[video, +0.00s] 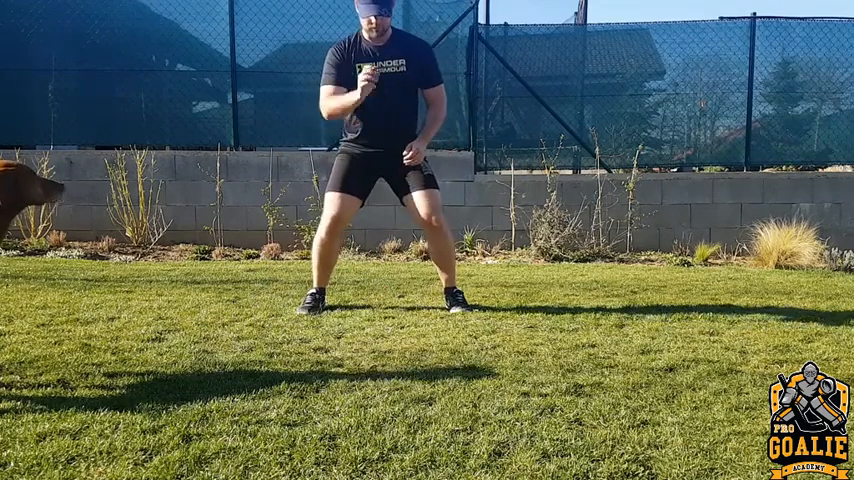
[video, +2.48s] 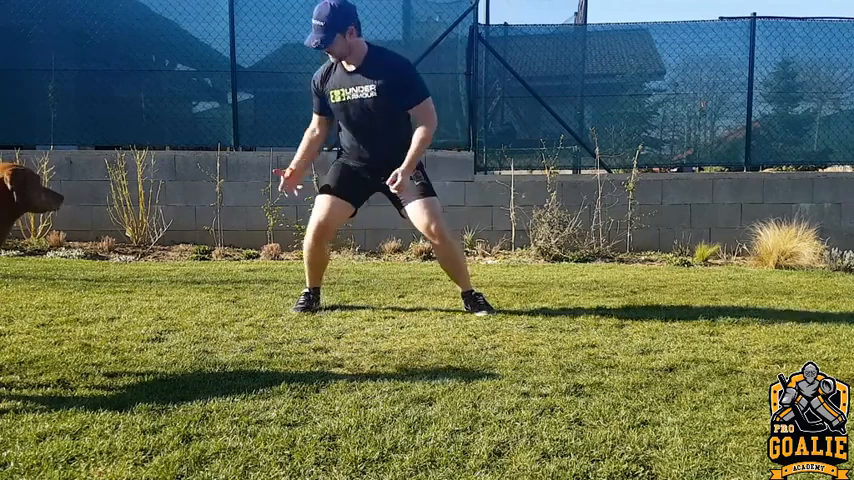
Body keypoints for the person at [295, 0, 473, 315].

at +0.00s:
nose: (374, 22)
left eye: (380, 15)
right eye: (367, 16)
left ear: (390, 13)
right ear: (358, 14)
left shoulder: (417, 50)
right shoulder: (341, 52)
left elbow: (437, 104)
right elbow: (328, 108)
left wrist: (422, 141)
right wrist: (358, 94)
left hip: (405, 148)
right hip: (357, 148)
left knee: (433, 218)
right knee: (332, 220)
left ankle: (452, 291)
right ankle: (317, 293)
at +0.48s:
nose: (391, 21)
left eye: (396, 14)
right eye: (383, 14)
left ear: (403, 12)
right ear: (367, 8)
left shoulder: (420, 54)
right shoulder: (341, 52)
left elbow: (433, 110)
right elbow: (319, 108)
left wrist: (441, 153)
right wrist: (309, 158)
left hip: (402, 152)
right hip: (354, 153)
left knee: (433, 217)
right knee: (332, 223)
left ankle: (451, 289)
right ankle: (317, 293)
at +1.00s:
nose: (482, 48)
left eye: (488, 42)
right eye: (476, 39)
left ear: (494, 42)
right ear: (460, 30)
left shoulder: (492, 86)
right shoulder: (421, 65)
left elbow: (500, 144)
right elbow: (385, 115)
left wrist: (513, 143)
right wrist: (407, 159)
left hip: (447, 164)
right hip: (400, 157)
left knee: (475, 220)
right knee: (360, 226)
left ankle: (473, 296)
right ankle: (324, 291)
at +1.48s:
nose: (407, 23)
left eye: (414, 17)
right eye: (401, 16)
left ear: (424, 17)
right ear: (391, 15)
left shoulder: (444, 59)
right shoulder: (367, 55)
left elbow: (457, 117)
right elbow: (347, 108)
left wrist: (429, 128)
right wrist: (374, 110)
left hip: (423, 153)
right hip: (375, 151)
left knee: (453, 218)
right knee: (344, 222)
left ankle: (472, 295)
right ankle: (323, 293)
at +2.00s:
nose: (405, 22)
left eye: (412, 15)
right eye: (398, 15)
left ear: (421, 13)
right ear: (387, 12)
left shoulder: (443, 52)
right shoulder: (366, 55)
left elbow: (463, 104)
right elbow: (351, 114)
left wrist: (448, 130)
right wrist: (346, 166)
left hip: (427, 151)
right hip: (380, 151)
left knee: (454, 216)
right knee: (350, 221)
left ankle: (472, 294)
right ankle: (324, 293)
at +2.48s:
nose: (324, 47)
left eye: (328, 40)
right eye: (321, 42)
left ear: (351, 32)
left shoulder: (395, 67)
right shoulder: (323, 78)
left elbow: (427, 121)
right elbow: (318, 127)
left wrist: (407, 167)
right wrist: (297, 166)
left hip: (400, 165)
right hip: (352, 165)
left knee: (434, 229)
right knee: (318, 227)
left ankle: (470, 294)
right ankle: (311, 294)